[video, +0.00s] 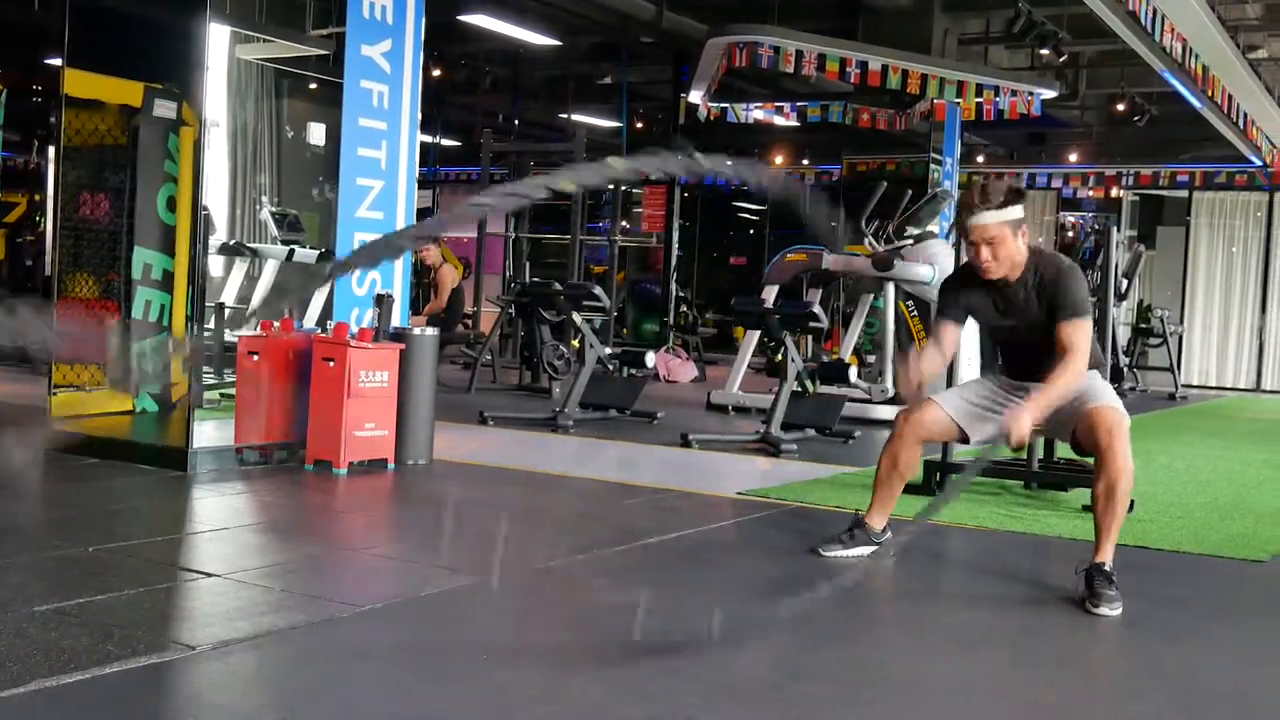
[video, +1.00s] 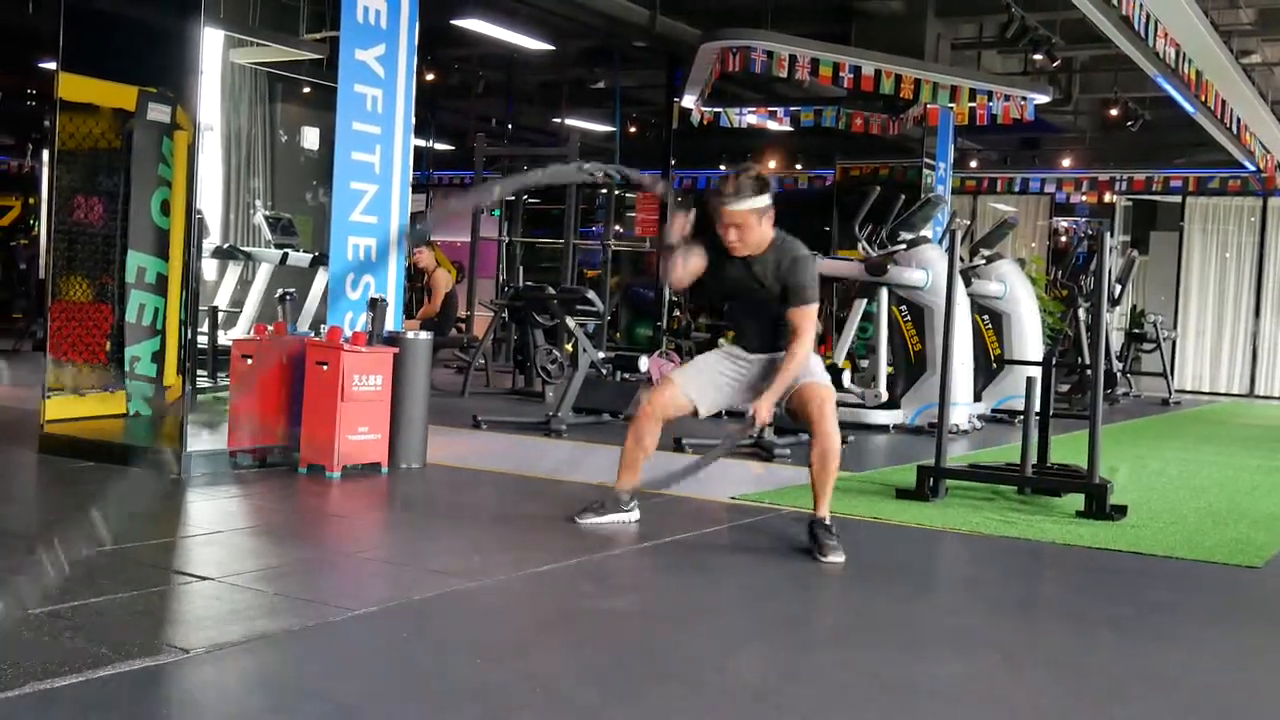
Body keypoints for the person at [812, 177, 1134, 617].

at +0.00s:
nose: (981, 255)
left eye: (991, 243)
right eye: (973, 245)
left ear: (1022, 236)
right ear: (965, 243)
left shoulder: (1062, 276)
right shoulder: (963, 283)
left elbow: (1077, 358)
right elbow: (941, 345)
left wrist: (1033, 408)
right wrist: (917, 370)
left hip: (1068, 387)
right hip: (1003, 387)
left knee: (1114, 430)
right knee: (911, 423)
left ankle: (1102, 566)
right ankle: (872, 529)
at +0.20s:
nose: (946, 230)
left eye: (954, 218)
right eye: (937, 224)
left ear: (976, 213)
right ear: (928, 224)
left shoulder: (1008, 232)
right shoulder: (926, 275)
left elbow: (1021, 269)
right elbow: (905, 338)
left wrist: (965, 251)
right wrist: (901, 389)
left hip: (1027, 374)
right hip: (963, 380)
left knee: (1053, 435)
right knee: (869, 415)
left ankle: (1091, 565)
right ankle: (866, 530)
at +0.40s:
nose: (884, 243)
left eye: (894, 232)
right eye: (879, 233)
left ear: (925, 219)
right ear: (873, 224)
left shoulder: (958, 256)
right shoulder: (877, 238)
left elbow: (961, 345)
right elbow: (826, 250)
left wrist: (920, 402)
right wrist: (808, 231)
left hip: (951, 359)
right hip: (893, 352)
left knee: (981, 417)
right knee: (806, 393)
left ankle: (942, 532)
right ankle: (805, 506)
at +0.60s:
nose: (835, 235)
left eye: (846, 223)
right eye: (828, 223)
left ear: (873, 217)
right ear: (820, 220)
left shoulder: (899, 252)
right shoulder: (807, 265)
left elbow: (908, 301)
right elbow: (788, 329)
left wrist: (872, 317)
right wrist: (790, 384)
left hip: (879, 373)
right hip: (813, 372)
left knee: (923, 416)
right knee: (727, 413)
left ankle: (928, 538)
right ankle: (679, 506)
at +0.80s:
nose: (776, 217)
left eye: (786, 208)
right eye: (769, 207)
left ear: (815, 197)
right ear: (761, 198)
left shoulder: (841, 233)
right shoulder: (752, 228)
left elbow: (835, 301)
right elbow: (717, 269)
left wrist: (786, 303)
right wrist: (697, 298)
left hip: (822, 349)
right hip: (757, 345)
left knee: (859, 398)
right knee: (681, 392)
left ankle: (851, 523)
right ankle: (666, 503)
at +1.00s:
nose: (729, 236)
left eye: (738, 227)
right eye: (723, 226)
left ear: (768, 220)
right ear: (716, 221)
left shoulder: (795, 259)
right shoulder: (712, 248)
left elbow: (803, 340)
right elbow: (677, 279)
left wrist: (770, 397)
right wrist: (673, 246)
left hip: (790, 360)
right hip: (734, 357)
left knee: (823, 408)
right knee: (654, 403)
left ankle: (823, 522)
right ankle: (623, 501)